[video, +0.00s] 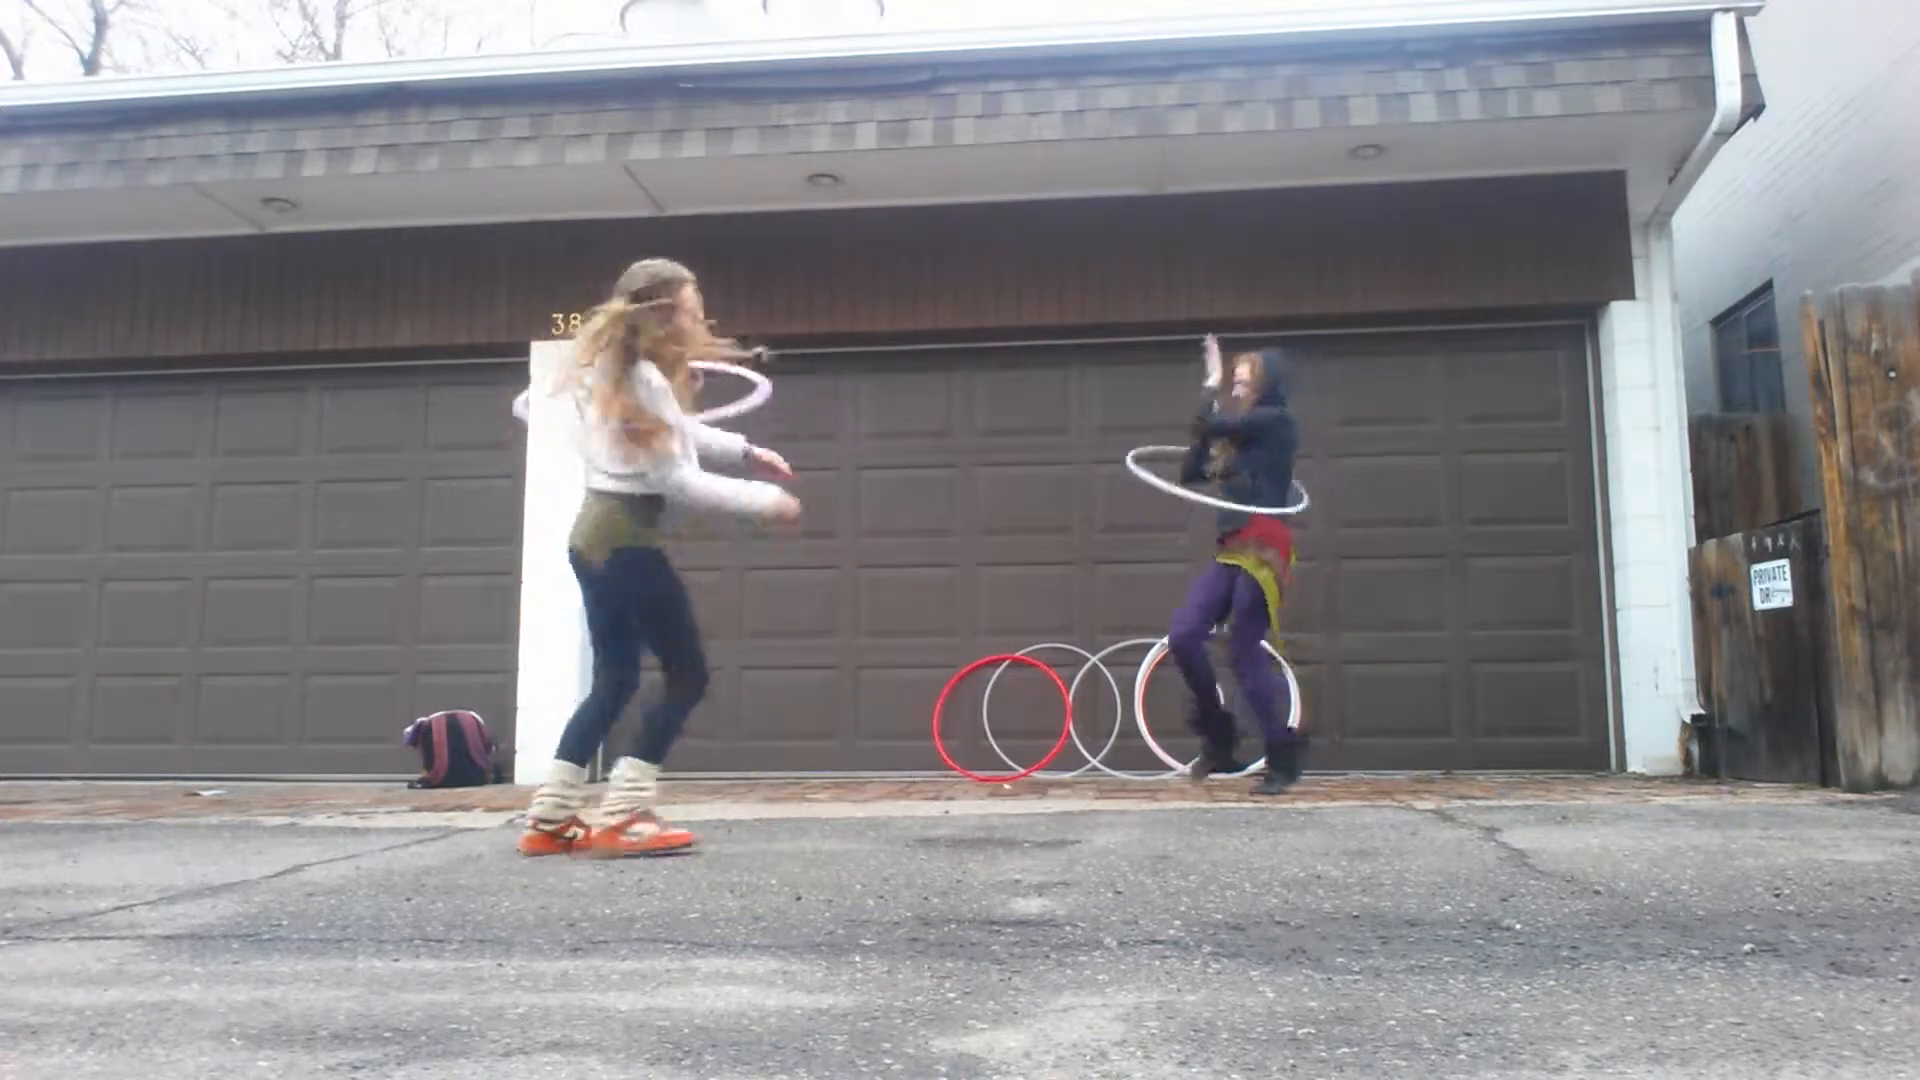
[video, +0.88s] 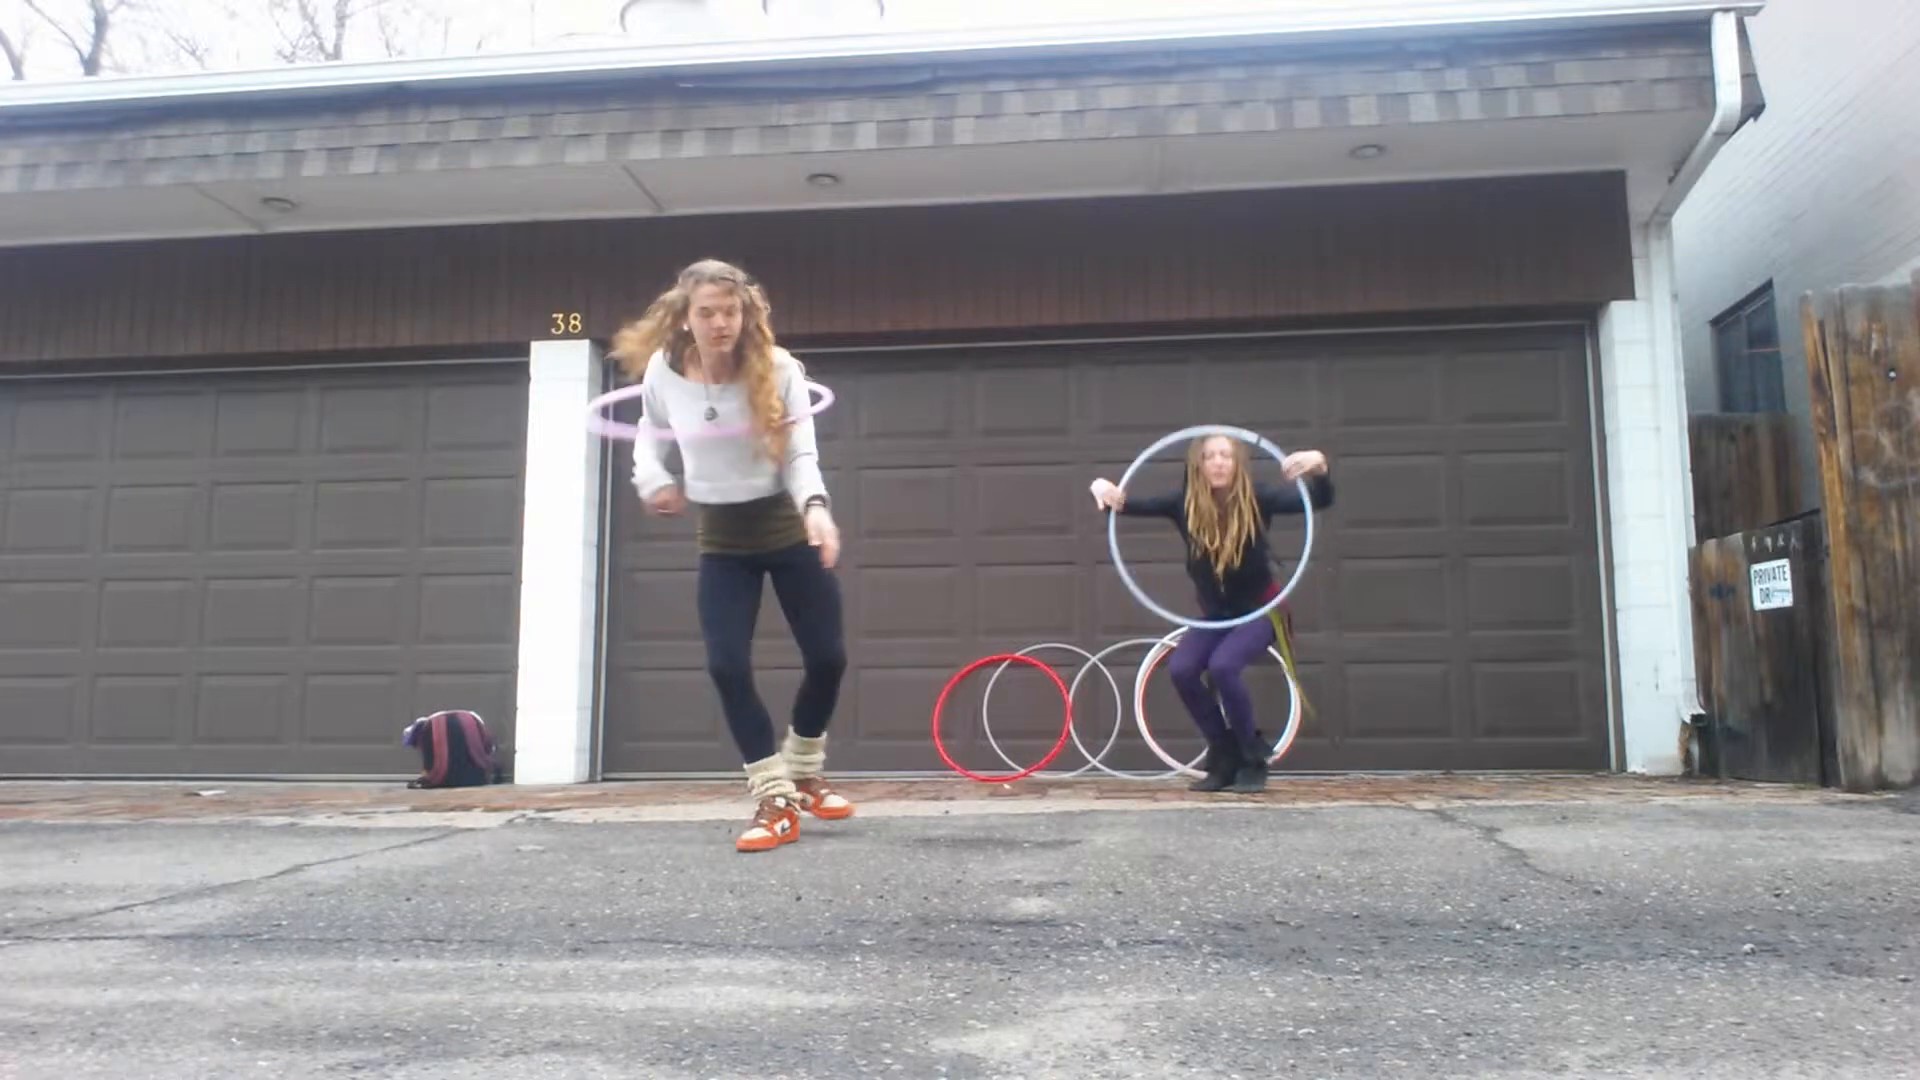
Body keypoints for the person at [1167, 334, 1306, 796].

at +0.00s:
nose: (1236, 388)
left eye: (1245, 380)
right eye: (1235, 380)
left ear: (1265, 386)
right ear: (1236, 384)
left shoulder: (1275, 420)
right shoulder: (1235, 429)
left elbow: (1216, 426)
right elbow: (1190, 476)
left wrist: (1213, 391)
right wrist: (1203, 434)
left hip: (1264, 548)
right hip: (1231, 548)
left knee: (1245, 649)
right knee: (1183, 637)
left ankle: (1283, 754)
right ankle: (1220, 742)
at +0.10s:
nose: (1223, 400)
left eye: (1234, 394)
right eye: (1222, 393)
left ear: (1253, 404)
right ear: (1219, 399)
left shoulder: (1258, 447)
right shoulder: (1219, 447)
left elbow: (1212, 479)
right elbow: (1172, 489)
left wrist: (1193, 429)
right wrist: (1177, 445)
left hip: (1265, 577)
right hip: (1232, 577)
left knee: (1210, 661)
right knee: (1192, 667)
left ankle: (1267, 753)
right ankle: (1221, 760)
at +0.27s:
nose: (1196, 483)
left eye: (1205, 479)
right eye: (1195, 476)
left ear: (1223, 487)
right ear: (1188, 479)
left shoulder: (1229, 528)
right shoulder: (1189, 523)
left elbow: (1235, 553)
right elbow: (1162, 533)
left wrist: (1194, 518)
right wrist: (1146, 507)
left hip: (1267, 642)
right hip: (1228, 641)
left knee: (1196, 685)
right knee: (1170, 684)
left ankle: (1254, 750)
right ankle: (1221, 759)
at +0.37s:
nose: (1186, 531)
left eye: (1196, 525)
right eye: (1183, 523)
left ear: (1212, 533)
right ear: (1176, 528)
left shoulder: (1229, 566)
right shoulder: (1180, 567)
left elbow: (1264, 586)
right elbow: (1169, 536)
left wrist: (1213, 569)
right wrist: (1143, 550)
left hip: (1266, 672)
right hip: (1221, 668)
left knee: (1191, 688)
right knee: (1165, 686)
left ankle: (1251, 754)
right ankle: (1223, 756)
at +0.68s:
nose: (1202, 529)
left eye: (1210, 521)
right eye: (1195, 522)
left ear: (1224, 527)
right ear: (1187, 530)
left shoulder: (1250, 560)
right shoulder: (1185, 561)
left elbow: (1320, 571)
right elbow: (1147, 555)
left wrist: (1277, 555)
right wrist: (1108, 553)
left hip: (1262, 660)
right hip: (1215, 661)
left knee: (1207, 679)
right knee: (1171, 683)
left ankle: (1259, 755)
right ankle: (1223, 756)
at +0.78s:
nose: (1214, 494)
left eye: (1221, 486)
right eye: (1206, 487)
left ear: (1233, 490)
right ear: (1195, 493)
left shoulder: (1253, 527)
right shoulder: (1185, 529)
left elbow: (1320, 532)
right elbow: (1143, 527)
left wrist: (1299, 511)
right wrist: (1107, 526)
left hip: (1258, 638)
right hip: (1212, 640)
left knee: (1215, 675)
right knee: (1173, 682)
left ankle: (1257, 759)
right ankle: (1223, 756)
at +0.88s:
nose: (1218, 463)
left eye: (1226, 455)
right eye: (1210, 456)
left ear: (1239, 463)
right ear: (1199, 464)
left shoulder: (1256, 500)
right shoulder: (1184, 504)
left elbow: (1318, 500)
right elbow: (1128, 506)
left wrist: (1318, 469)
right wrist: (1102, 489)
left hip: (1260, 616)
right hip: (1213, 620)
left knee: (1222, 666)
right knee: (1180, 670)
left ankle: (1252, 759)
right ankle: (1224, 756)